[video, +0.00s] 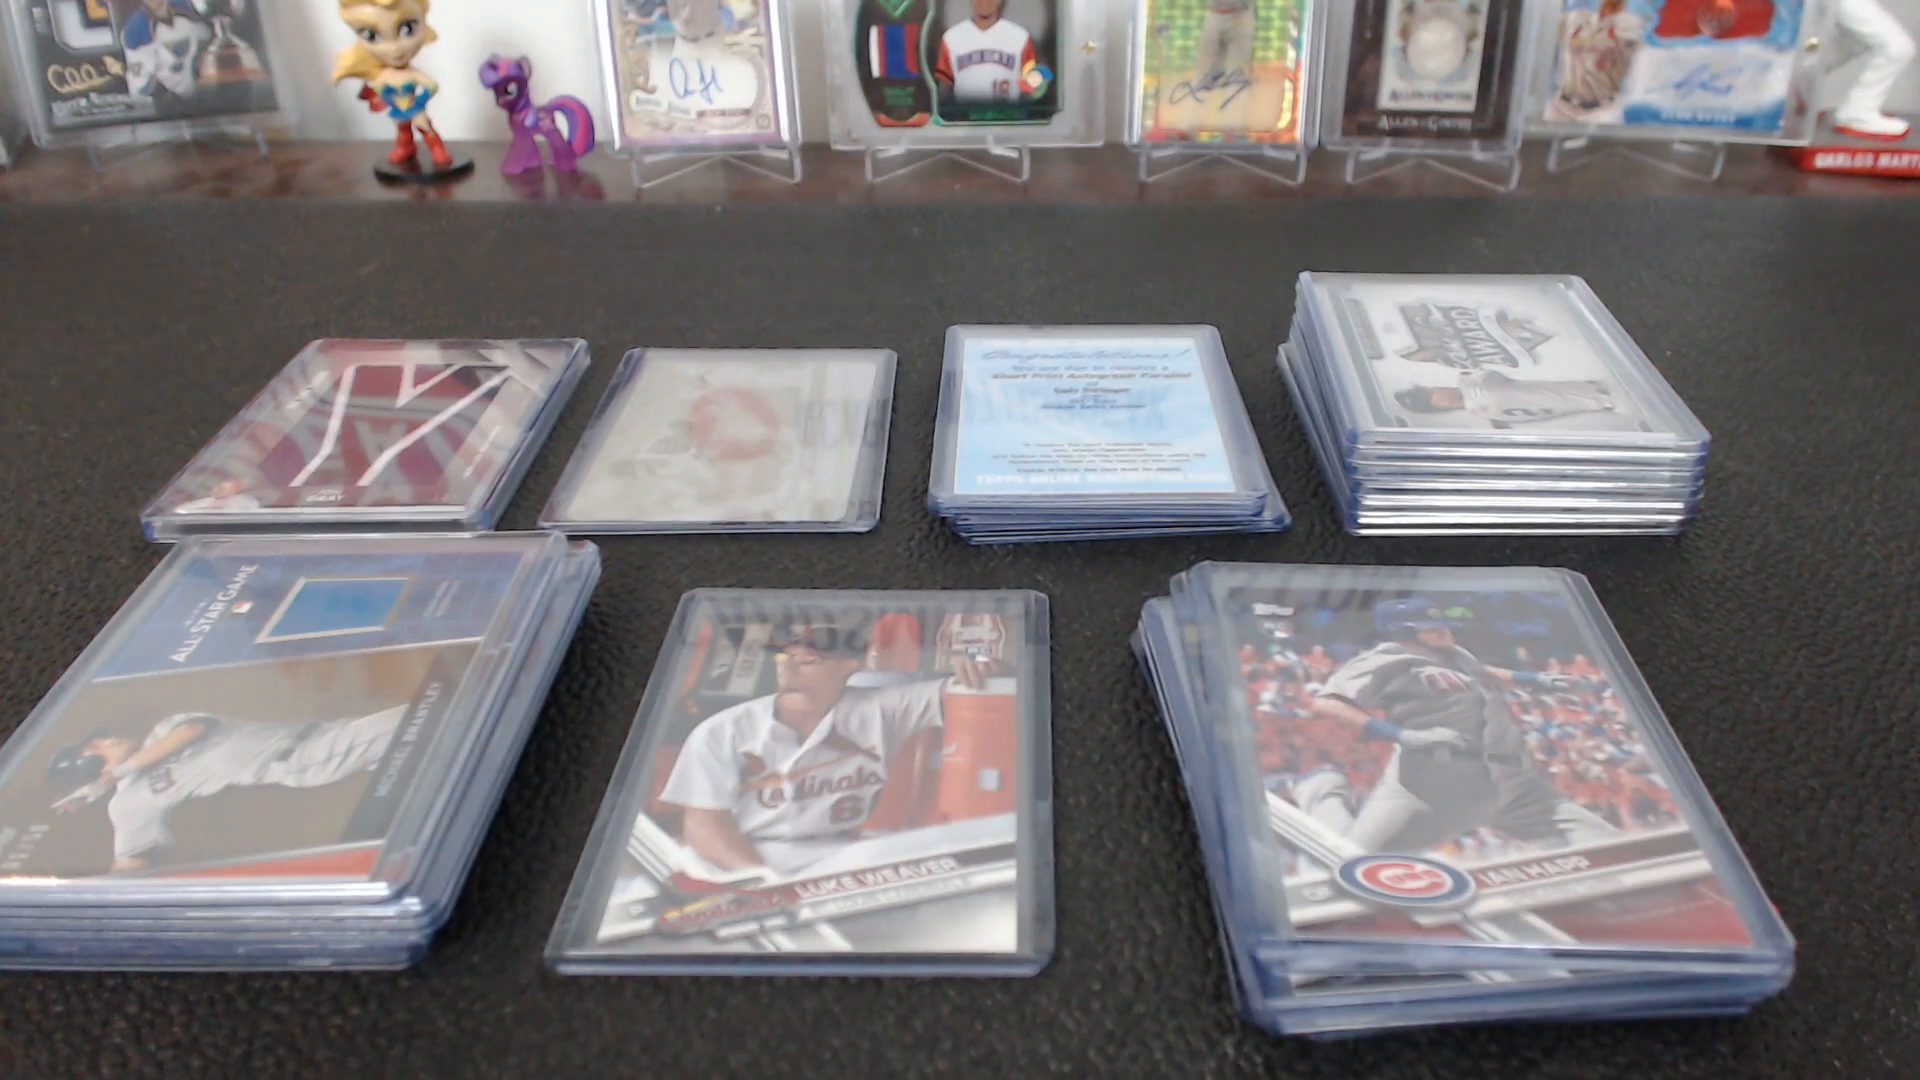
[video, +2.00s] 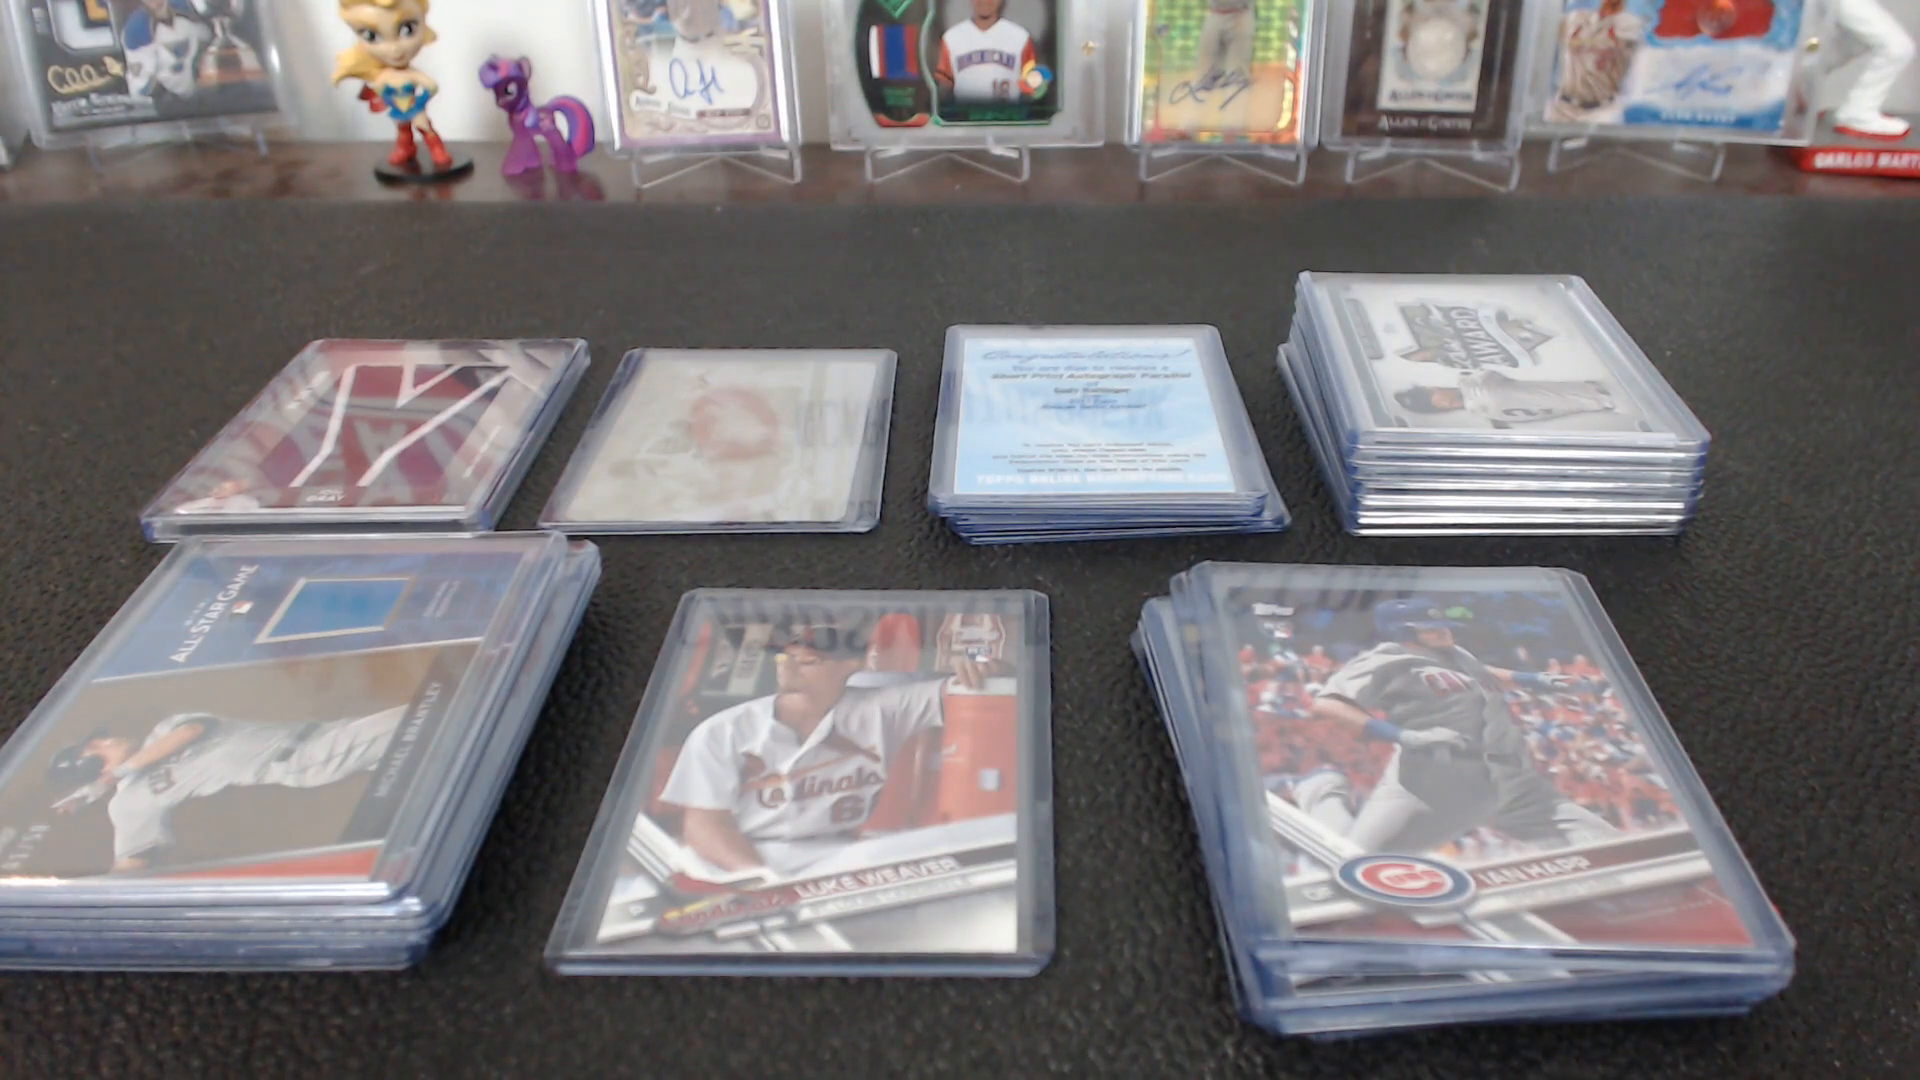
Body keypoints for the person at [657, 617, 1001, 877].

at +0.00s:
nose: (799, 655)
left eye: (820, 645)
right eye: (789, 643)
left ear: (852, 663)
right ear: (775, 656)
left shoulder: (876, 714)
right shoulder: (720, 735)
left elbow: (959, 690)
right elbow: (702, 829)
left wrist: (973, 671)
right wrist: (767, 884)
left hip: (830, 869)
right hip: (732, 872)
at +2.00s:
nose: (798, 655)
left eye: (820, 645)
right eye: (789, 643)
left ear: (853, 660)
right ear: (776, 654)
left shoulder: (877, 712)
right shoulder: (720, 735)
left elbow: (962, 689)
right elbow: (703, 829)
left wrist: (975, 670)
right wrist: (767, 883)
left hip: (828, 866)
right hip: (731, 870)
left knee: (891, 850)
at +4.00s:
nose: (797, 657)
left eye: (818, 647)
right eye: (789, 644)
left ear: (853, 664)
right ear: (776, 655)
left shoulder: (875, 716)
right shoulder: (720, 735)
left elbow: (954, 691)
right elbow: (703, 828)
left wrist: (973, 674)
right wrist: (767, 883)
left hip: (827, 866)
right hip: (730, 870)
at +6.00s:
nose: (794, 657)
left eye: (816, 647)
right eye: (787, 645)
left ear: (853, 663)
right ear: (776, 655)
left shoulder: (875, 714)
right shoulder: (720, 735)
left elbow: (958, 690)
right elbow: (703, 830)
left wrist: (974, 671)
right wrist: (768, 885)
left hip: (828, 868)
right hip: (730, 872)